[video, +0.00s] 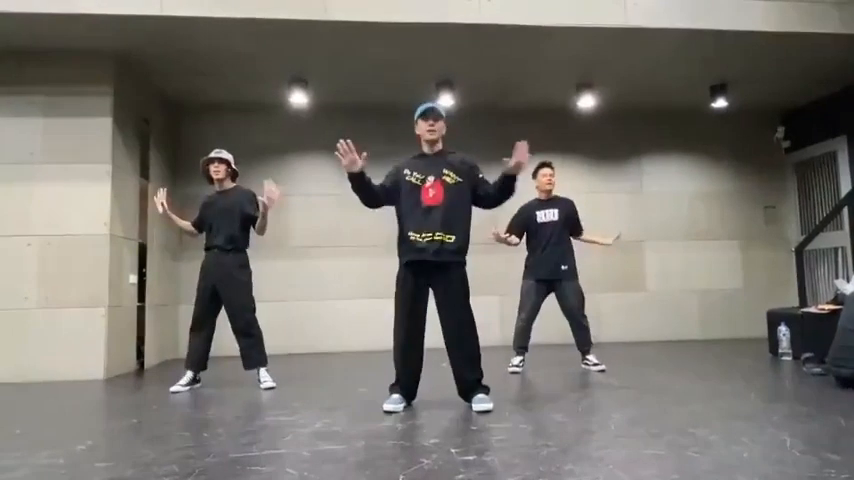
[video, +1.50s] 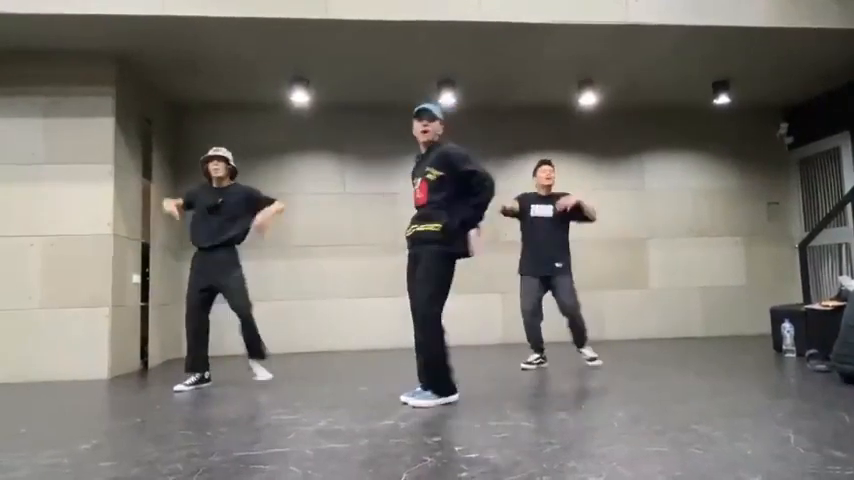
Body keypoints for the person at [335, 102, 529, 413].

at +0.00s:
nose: (431, 124)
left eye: (436, 119)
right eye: (425, 120)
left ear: (444, 126)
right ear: (416, 127)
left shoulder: (463, 166)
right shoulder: (403, 169)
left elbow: (490, 198)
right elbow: (373, 198)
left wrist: (510, 173)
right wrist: (356, 173)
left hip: (450, 263)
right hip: (412, 264)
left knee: (460, 327)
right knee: (406, 329)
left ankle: (475, 391)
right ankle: (401, 392)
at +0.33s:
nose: (417, 119)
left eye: (423, 115)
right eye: (412, 117)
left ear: (435, 124)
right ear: (407, 129)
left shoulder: (456, 157)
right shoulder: (400, 170)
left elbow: (488, 185)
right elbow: (369, 195)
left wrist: (502, 156)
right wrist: (354, 167)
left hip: (450, 258)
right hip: (413, 261)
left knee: (460, 324)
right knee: (409, 326)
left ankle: (475, 390)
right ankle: (403, 391)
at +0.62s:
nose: (416, 137)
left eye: (422, 131)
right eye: (413, 132)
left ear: (437, 133)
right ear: (409, 137)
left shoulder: (460, 162)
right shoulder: (411, 178)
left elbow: (490, 196)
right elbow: (384, 209)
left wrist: (501, 173)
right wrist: (363, 182)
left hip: (447, 259)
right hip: (412, 262)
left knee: (457, 326)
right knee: (407, 328)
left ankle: (475, 390)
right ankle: (402, 391)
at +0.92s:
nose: (459, 119)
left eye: (462, 115)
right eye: (452, 115)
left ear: (466, 124)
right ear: (437, 124)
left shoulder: (480, 164)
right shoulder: (422, 166)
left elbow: (511, 192)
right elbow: (387, 189)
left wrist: (518, 160)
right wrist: (373, 159)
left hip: (462, 259)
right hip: (425, 259)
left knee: (467, 326)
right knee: (415, 325)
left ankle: (476, 390)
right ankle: (402, 391)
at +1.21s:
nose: (456, 130)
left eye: (459, 124)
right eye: (449, 125)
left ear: (466, 129)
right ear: (437, 133)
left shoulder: (482, 169)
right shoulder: (425, 171)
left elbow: (501, 204)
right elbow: (399, 202)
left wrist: (505, 170)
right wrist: (384, 180)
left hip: (461, 261)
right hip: (425, 261)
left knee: (465, 326)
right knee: (419, 321)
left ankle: (475, 389)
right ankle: (430, 385)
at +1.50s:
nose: (425, 126)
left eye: (431, 121)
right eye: (420, 121)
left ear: (441, 126)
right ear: (413, 127)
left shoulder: (451, 154)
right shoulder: (421, 164)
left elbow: (484, 185)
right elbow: (434, 198)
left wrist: (461, 222)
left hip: (440, 246)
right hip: (419, 245)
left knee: (427, 314)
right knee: (420, 314)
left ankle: (442, 387)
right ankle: (430, 383)